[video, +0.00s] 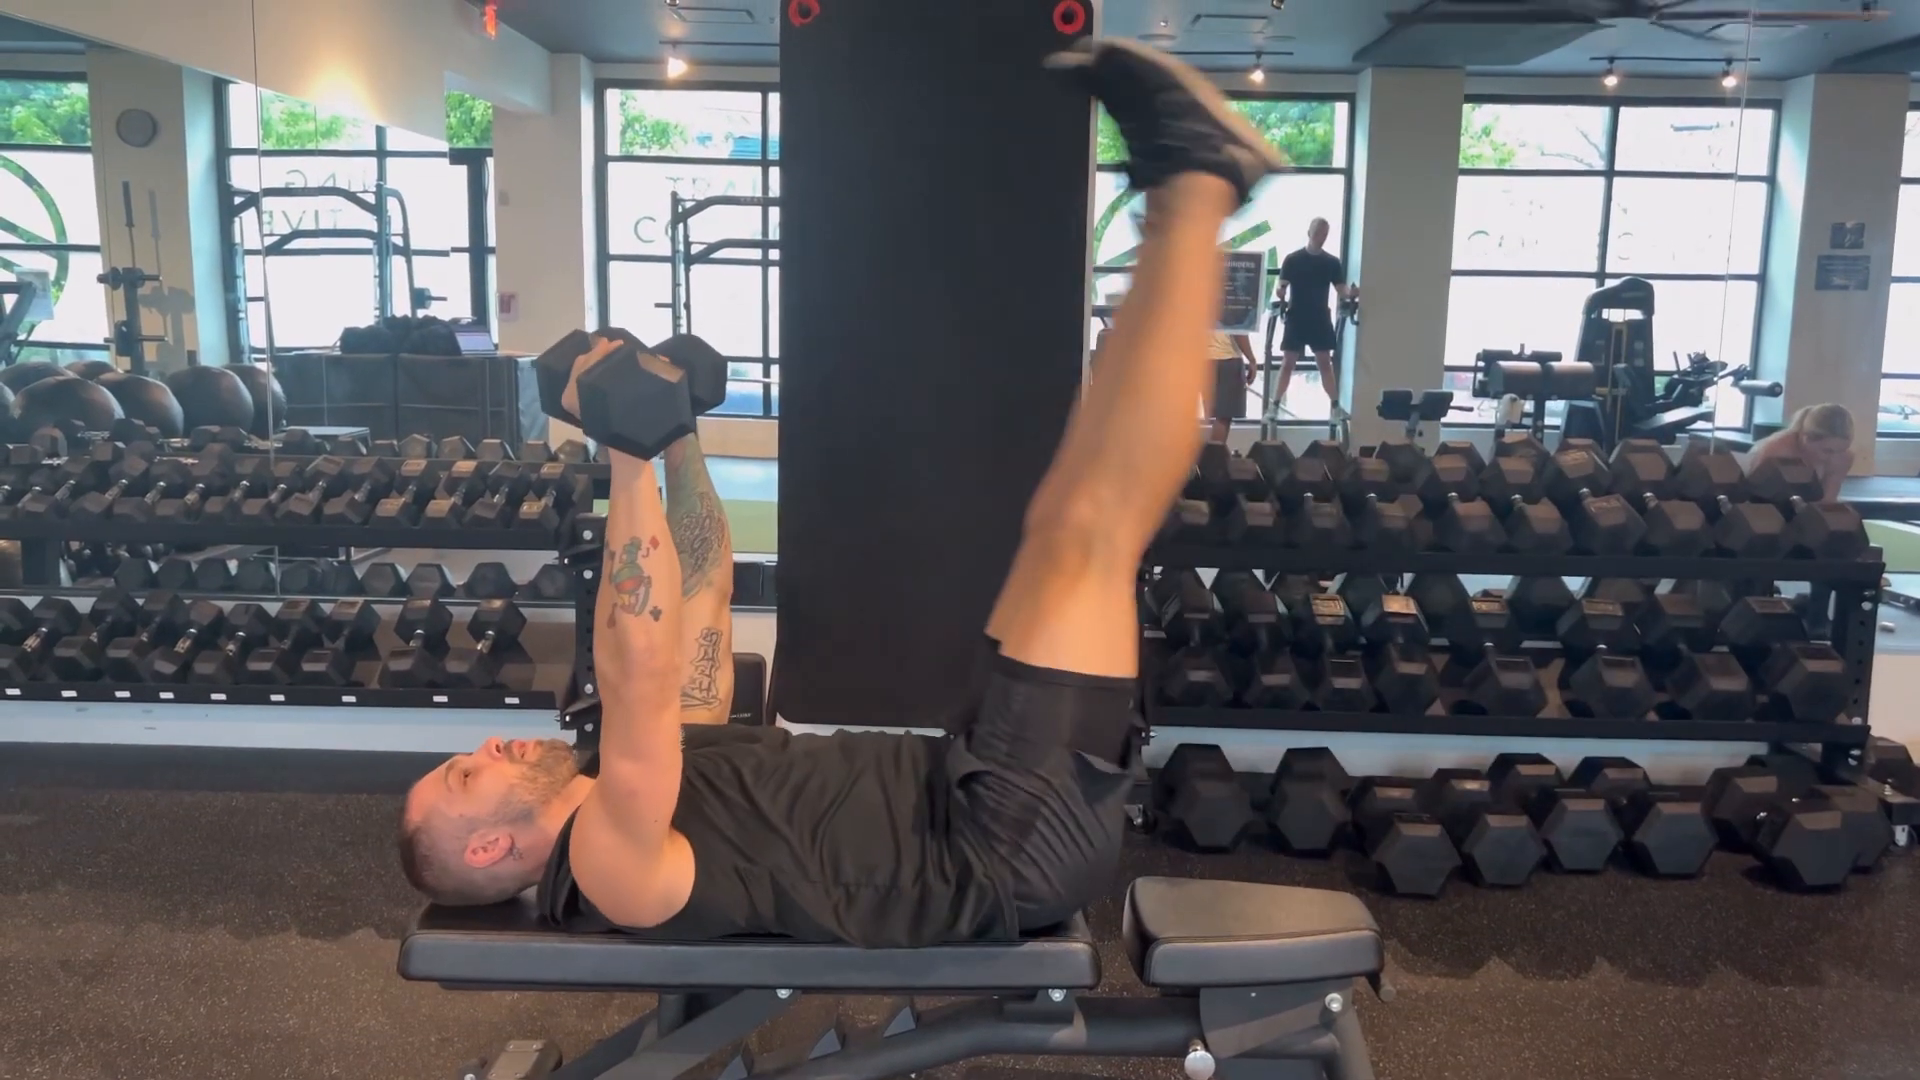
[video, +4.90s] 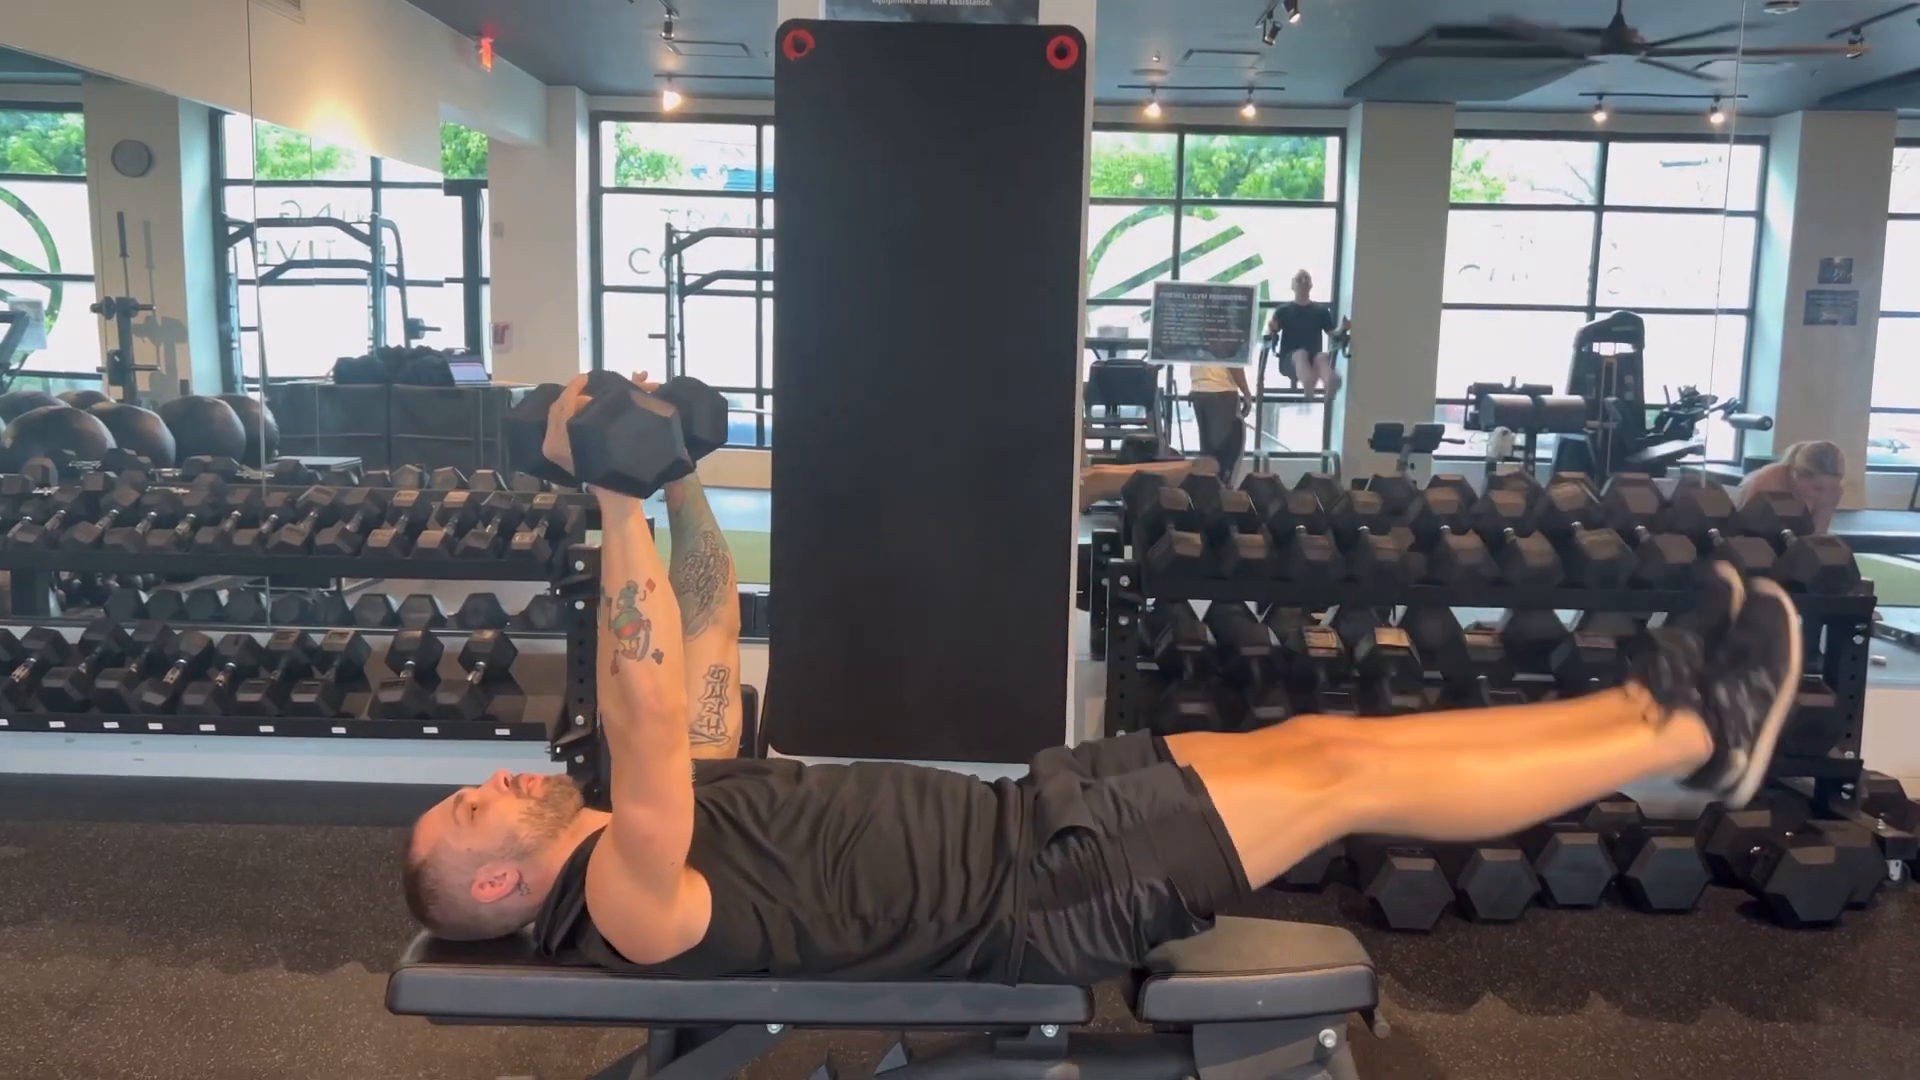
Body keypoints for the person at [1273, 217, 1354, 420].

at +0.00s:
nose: (1320, 238)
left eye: (1323, 234)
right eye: (1317, 233)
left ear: (1326, 235)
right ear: (1309, 233)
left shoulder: (1332, 263)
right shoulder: (1292, 259)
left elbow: (1341, 290)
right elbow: (1281, 288)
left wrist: (1351, 293)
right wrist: (1282, 300)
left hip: (1320, 318)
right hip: (1296, 317)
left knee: (1325, 363)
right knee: (1288, 363)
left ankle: (1335, 405)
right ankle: (1275, 404)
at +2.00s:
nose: (1318, 261)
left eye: (1322, 257)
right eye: (1315, 256)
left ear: (1325, 257)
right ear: (1307, 252)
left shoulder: (1329, 280)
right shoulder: (1291, 277)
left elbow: (1336, 309)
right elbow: (1278, 305)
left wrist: (1347, 308)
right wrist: (1278, 307)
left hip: (1318, 333)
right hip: (1294, 332)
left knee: (1328, 376)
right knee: (1285, 374)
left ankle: (1332, 421)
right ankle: (1272, 418)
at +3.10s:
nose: (1307, 282)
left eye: (1310, 278)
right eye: (1303, 278)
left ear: (1315, 278)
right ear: (1297, 277)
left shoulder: (1321, 300)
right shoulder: (1285, 300)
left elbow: (1333, 323)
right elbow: (1271, 324)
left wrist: (1344, 319)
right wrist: (1272, 319)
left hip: (1314, 352)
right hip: (1291, 353)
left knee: (1314, 399)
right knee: (1290, 399)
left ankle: (1311, 442)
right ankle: (1286, 441)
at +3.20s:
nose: (1306, 284)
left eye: (1309, 280)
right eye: (1302, 279)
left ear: (1314, 280)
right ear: (1296, 279)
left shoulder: (1320, 301)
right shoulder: (1284, 301)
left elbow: (1334, 323)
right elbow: (1272, 333)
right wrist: (1273, 321)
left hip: (1312, 356)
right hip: (1289, 356)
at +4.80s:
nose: (1303, 288)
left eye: (1306, 284)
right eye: (1299, 284)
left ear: (1310, 287)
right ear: (1293, 288)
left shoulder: (1320, 311)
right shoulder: (1284, 312)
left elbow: (1332, 334)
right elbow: (1271, 332)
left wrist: (1343, 328)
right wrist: (1271, 329)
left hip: (1314, 358)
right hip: (1291, 357)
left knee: (1319, 393)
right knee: (1299, 381)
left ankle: (1323, 435)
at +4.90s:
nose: (1303, 285)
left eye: (1306, 282)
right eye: (1299, 282)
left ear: (1310, 286)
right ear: (1292, 286)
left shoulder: (1320, 310)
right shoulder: (1283, 311)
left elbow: (1332, 334)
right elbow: (1272, 336)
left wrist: (1342, 329)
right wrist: (1272, 329)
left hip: (1314, 358)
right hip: (1289, 359)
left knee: (1323, 357)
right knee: (1301, 353)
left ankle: (1330, 391)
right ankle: (1309, 396)